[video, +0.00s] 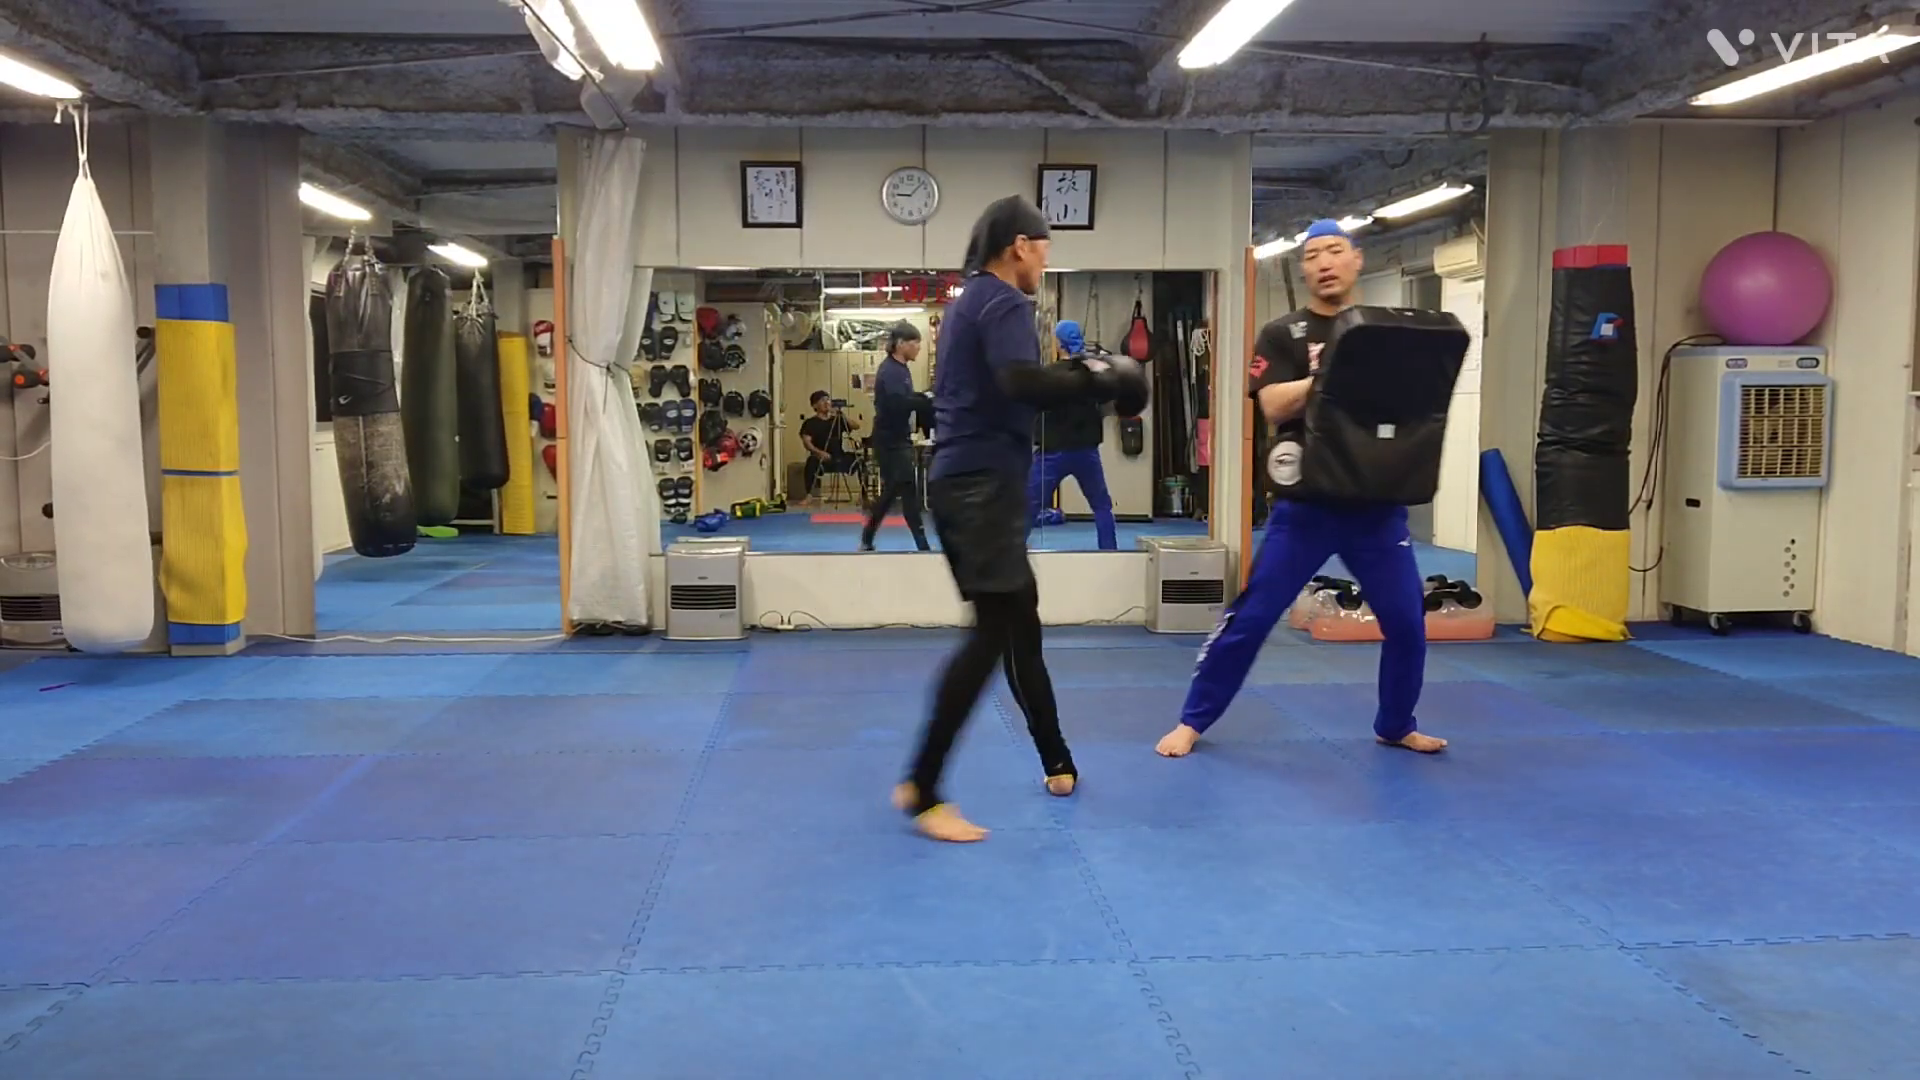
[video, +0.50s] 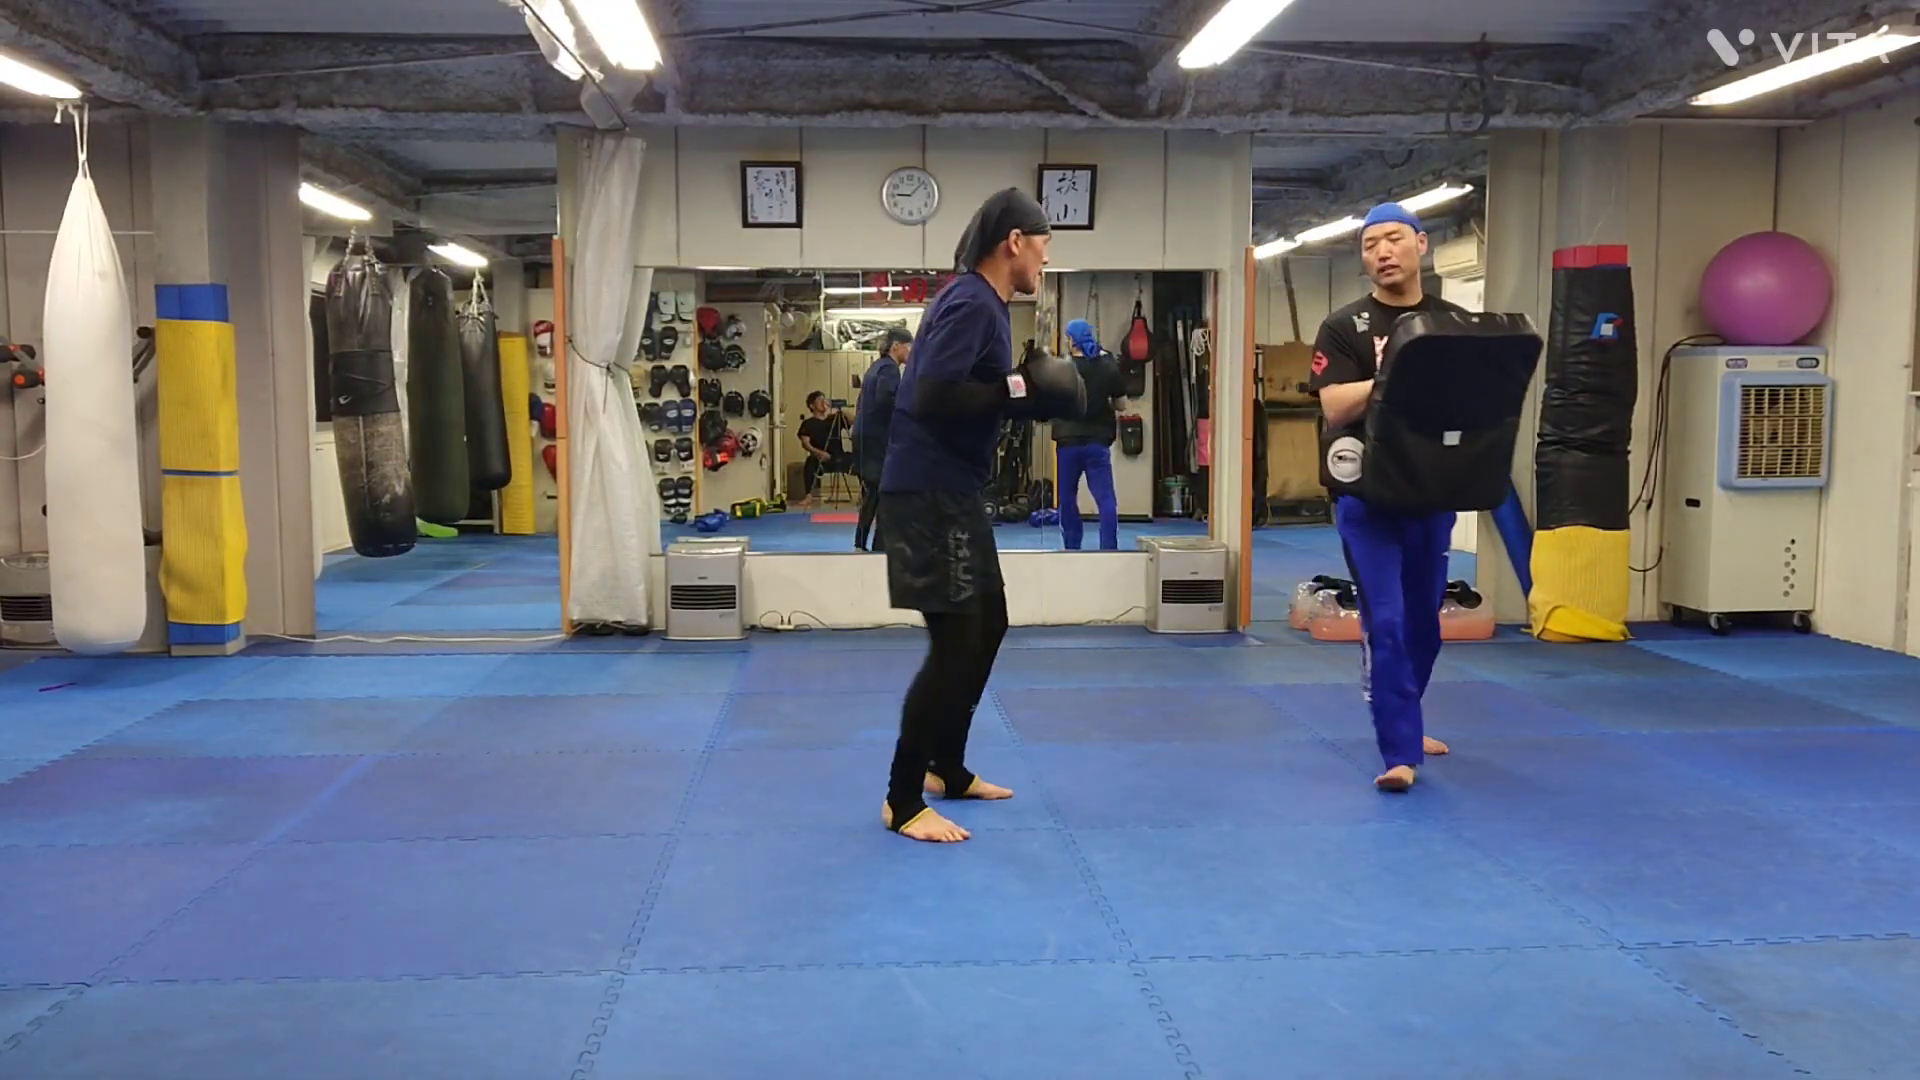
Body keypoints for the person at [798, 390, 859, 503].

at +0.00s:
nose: (826, 402)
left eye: (827, 399)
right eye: (823, 400)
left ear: (830, 402)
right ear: (815, 406)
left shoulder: (837, 419)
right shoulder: (809, 423)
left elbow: (856, 426)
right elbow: (807, 443)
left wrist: (841, 415)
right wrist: (820, 453)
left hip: (839, 457)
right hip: (822, 458)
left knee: (860, 461)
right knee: (811, 462)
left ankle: (864, 494)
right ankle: (809, 495)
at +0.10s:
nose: (826, 402)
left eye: (827, 400)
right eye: (822, 400)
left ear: (830, 402)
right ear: (814, 406)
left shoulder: (837, 419)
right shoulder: (809, 423)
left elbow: (855, 424)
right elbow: (806, 443)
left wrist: (841, 414)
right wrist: (819, 453)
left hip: (839, 456)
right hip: (822, 458)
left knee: (861, 460)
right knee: (811, 461)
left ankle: (866, 493)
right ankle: (809, 494)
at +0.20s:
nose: (825, 402)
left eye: (826, 400)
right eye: (821, 400)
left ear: (829, 402)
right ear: (814, 406)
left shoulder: (837, 419)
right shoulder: (808, 423)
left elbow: (854, 425)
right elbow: (806, 443)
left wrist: (841, 413)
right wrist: (819, 453)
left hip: (839, 457)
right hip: (822, 458)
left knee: (862, 460)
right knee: (811, 461)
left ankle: (866, 494)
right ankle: (809, 495)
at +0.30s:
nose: (824, 402)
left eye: (825, 399)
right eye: (820, 400)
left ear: (828, 402)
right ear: (812, 406)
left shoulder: (836, 419)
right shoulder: (808, 423)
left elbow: (853, 425)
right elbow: (805, 443)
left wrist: (841, 413)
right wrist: (819, 453)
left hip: (838, 457)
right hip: (821, 459)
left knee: (860, 459)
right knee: (811, 461)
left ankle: (864, 494)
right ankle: (809, 495)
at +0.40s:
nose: (824, 402)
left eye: (825, 399)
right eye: (820, 400)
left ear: (828, 402)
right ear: (812, 406)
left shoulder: (836, 418)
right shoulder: (808, 423)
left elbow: (853, 426)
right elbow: (805, 443)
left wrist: (842, 413)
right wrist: (819, 453)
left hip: (838, 457)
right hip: (821, 459)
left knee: (860, 459)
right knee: (811, 461)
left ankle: (866, 493)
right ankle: (809, 495)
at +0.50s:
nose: (824, 402)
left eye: (824, 399)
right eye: (820, 400)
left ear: (827, 402)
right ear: (812, 406)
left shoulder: (836, 418)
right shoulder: (808, 423)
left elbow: (853, 421)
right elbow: (805, 444)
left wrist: (840, 411)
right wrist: (819, 453)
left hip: (838, 456)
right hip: (821, 458)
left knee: (861, 460)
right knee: (810, 462)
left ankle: (865, 495)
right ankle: (809, 495)